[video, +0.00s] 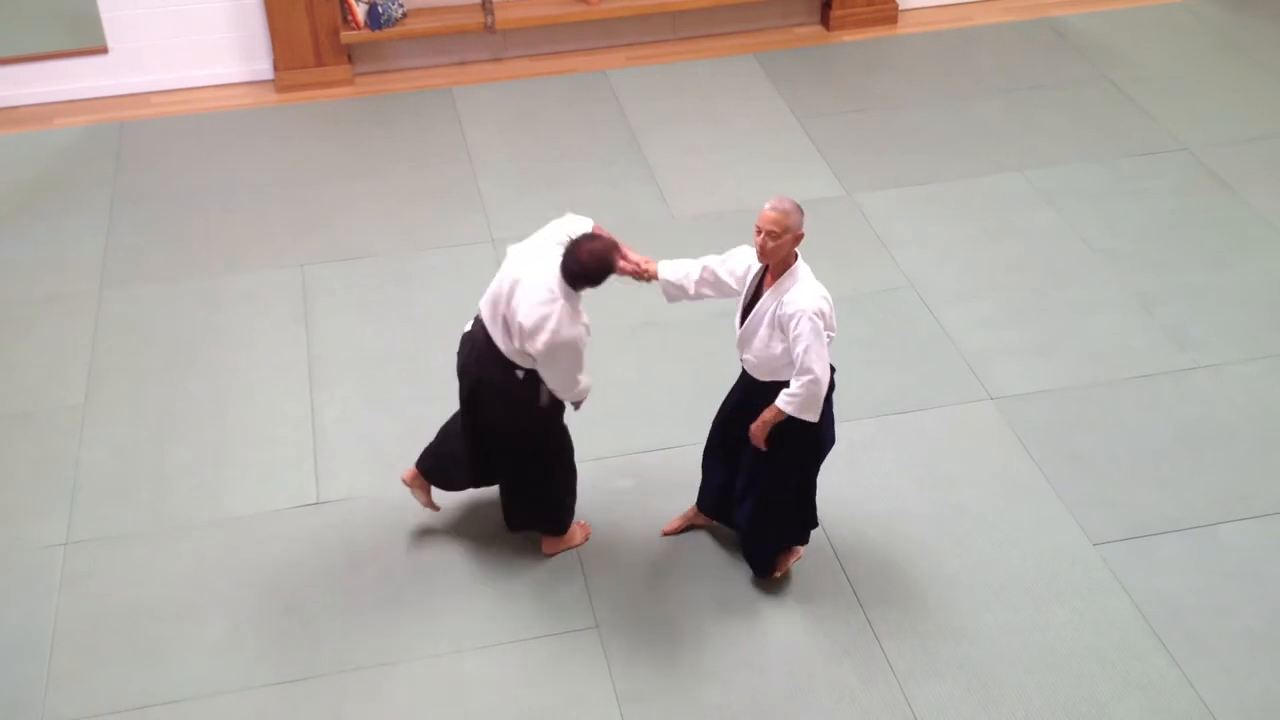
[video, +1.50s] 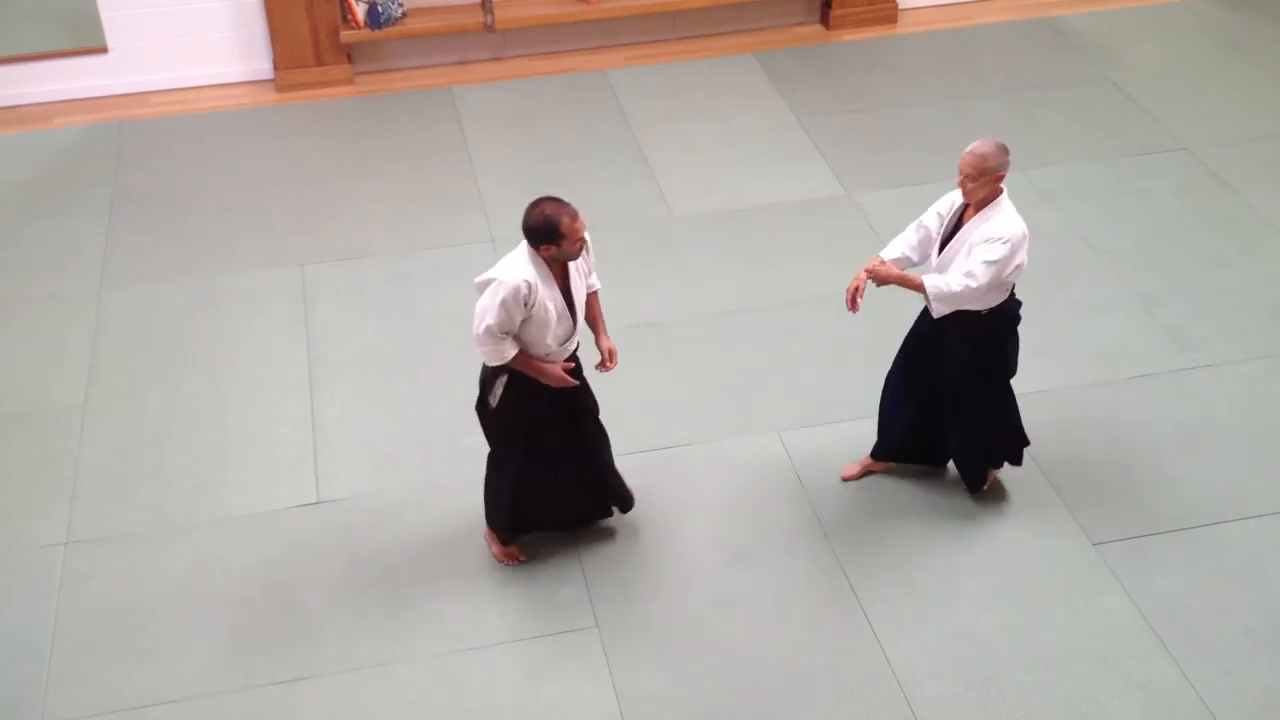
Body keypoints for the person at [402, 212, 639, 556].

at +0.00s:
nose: (602, 232)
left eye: (601, 237)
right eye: (608, 242)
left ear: (583, 240)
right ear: (599, 281)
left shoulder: (559, 233)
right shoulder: (561, 329)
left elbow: (590, 226)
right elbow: (566, 385)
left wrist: (623, 256)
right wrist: (581, 393)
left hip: (477, 340)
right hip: (510, 379)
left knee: (477, 420)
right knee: (552, 453)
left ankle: (422, 473)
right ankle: (556, 534)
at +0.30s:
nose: (567, 247)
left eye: (567, 239)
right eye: (561, 241)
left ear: (534, 245)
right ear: (531, 247)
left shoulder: (551, 261)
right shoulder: (489, 294)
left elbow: (600, 299)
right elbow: (481, 371)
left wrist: (659, 318)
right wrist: (516, 418)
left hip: (503, 369)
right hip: (472, 380)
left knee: (466, 449)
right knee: (530, 455)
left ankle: (442, 500)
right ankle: (551, 535)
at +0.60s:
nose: (576, 241)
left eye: (577, 233)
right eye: (569, 235)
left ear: (546, 235)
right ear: (537, 236)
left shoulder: (574, 265)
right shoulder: (487, 279)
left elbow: (623, 308)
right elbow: (448, 341)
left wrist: (684, 321)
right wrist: (443, 401)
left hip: (536, 375)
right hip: (487, 380)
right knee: (483, 460)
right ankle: (474, 534)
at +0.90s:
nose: (608, 239)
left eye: (609, 230)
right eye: (601, 232)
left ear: (573, 235)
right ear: (569, 236)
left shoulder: (605, 256)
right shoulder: (523, 272)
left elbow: (633, 303)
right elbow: (490, 335)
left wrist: (668, 344)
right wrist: (498, 391)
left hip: (581, 362)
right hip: (532, 369)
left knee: (602, 425)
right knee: (517, 446)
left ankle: (615, 481)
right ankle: (496, 518)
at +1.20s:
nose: (609, 234)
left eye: (608, 227)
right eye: (602, 231)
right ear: (571, 239)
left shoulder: (604, 246)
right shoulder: (529, 276)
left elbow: (617, 293)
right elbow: (508, 338)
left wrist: (621, 343)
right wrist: (551, 375)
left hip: (583, 355)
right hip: (534, 365)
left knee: (603, 424)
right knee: (521, 445)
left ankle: (606, 486)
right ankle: (498, 525)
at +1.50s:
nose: (584, 239)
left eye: (582, 233)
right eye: (576, 237)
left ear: (551, 245)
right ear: (548, 249)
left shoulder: (578, 245)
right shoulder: (513, 283)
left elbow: (589, 288)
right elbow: (490, 342)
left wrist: (601, 335)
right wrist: (542, 370)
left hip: (563, 365)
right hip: (515, 379)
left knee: (587, 431)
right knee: (510, 456)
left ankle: (606, 487)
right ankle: (497, 530)